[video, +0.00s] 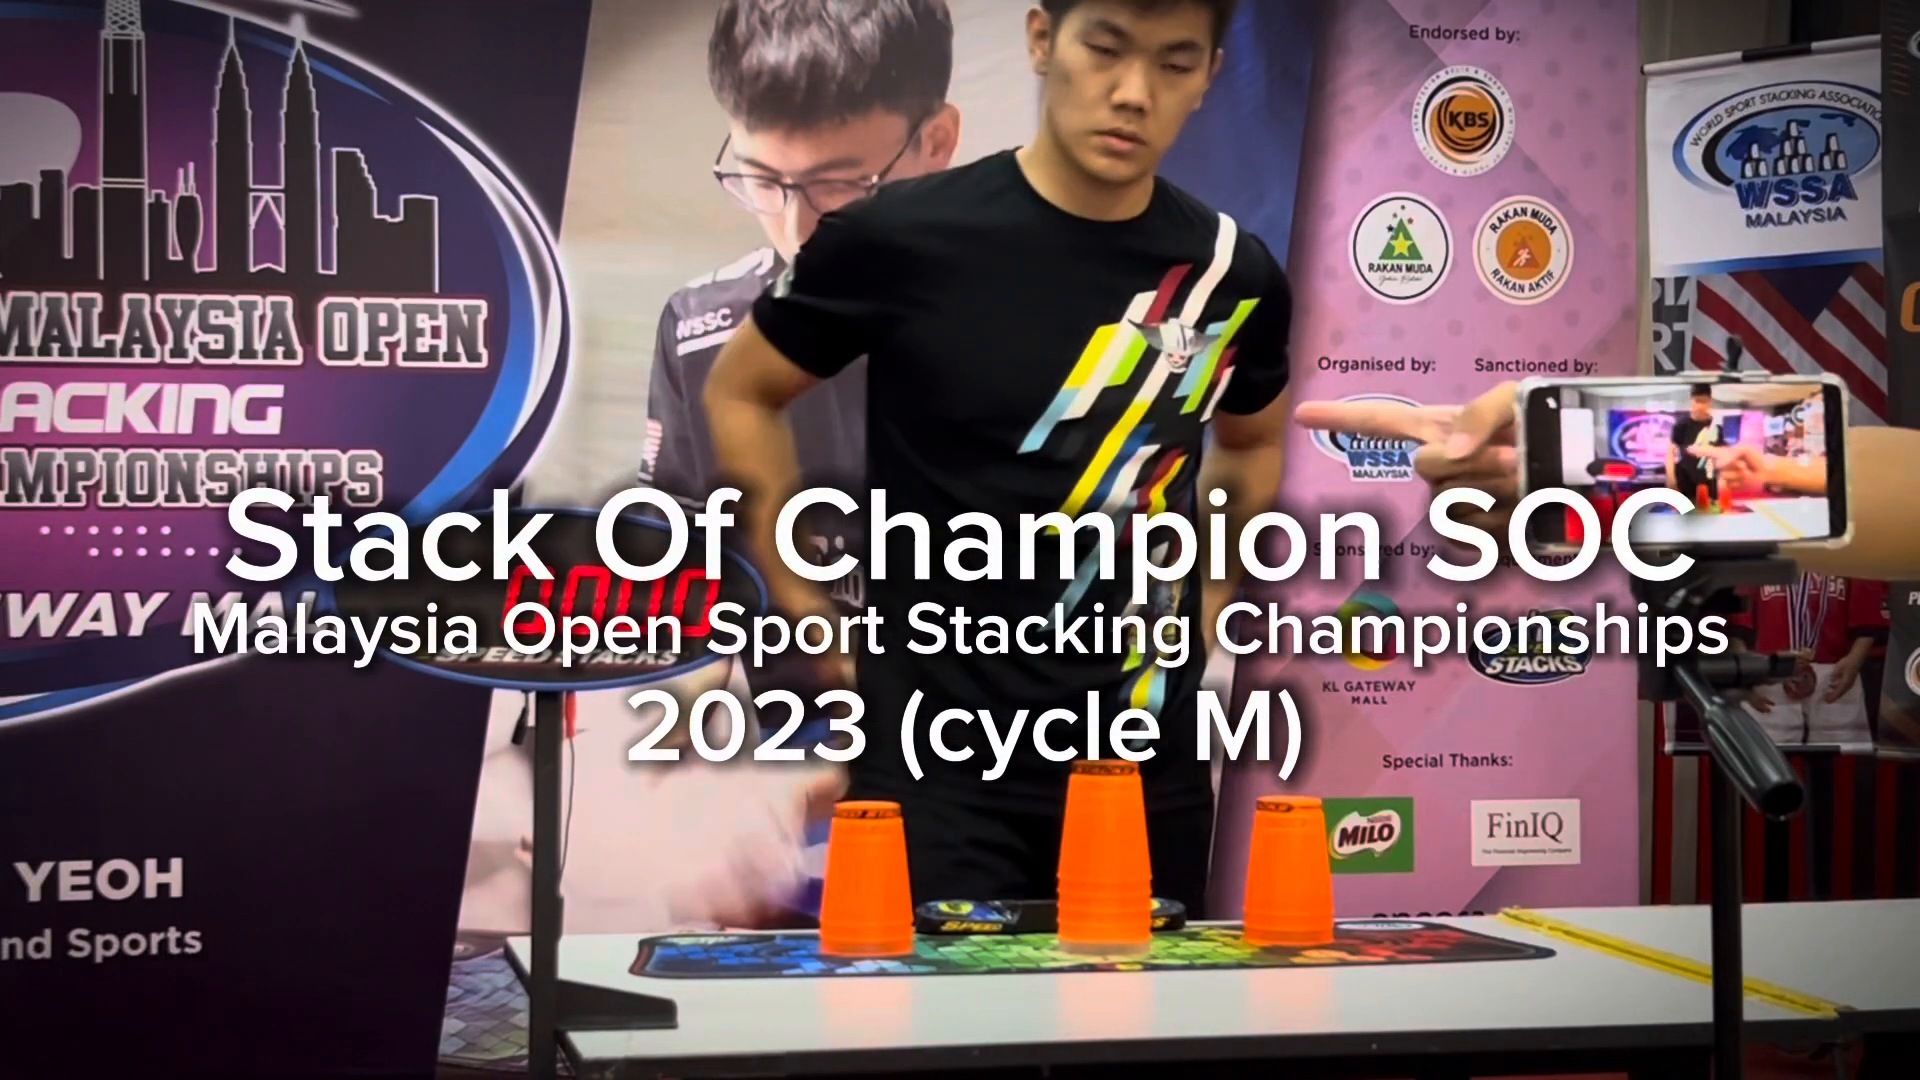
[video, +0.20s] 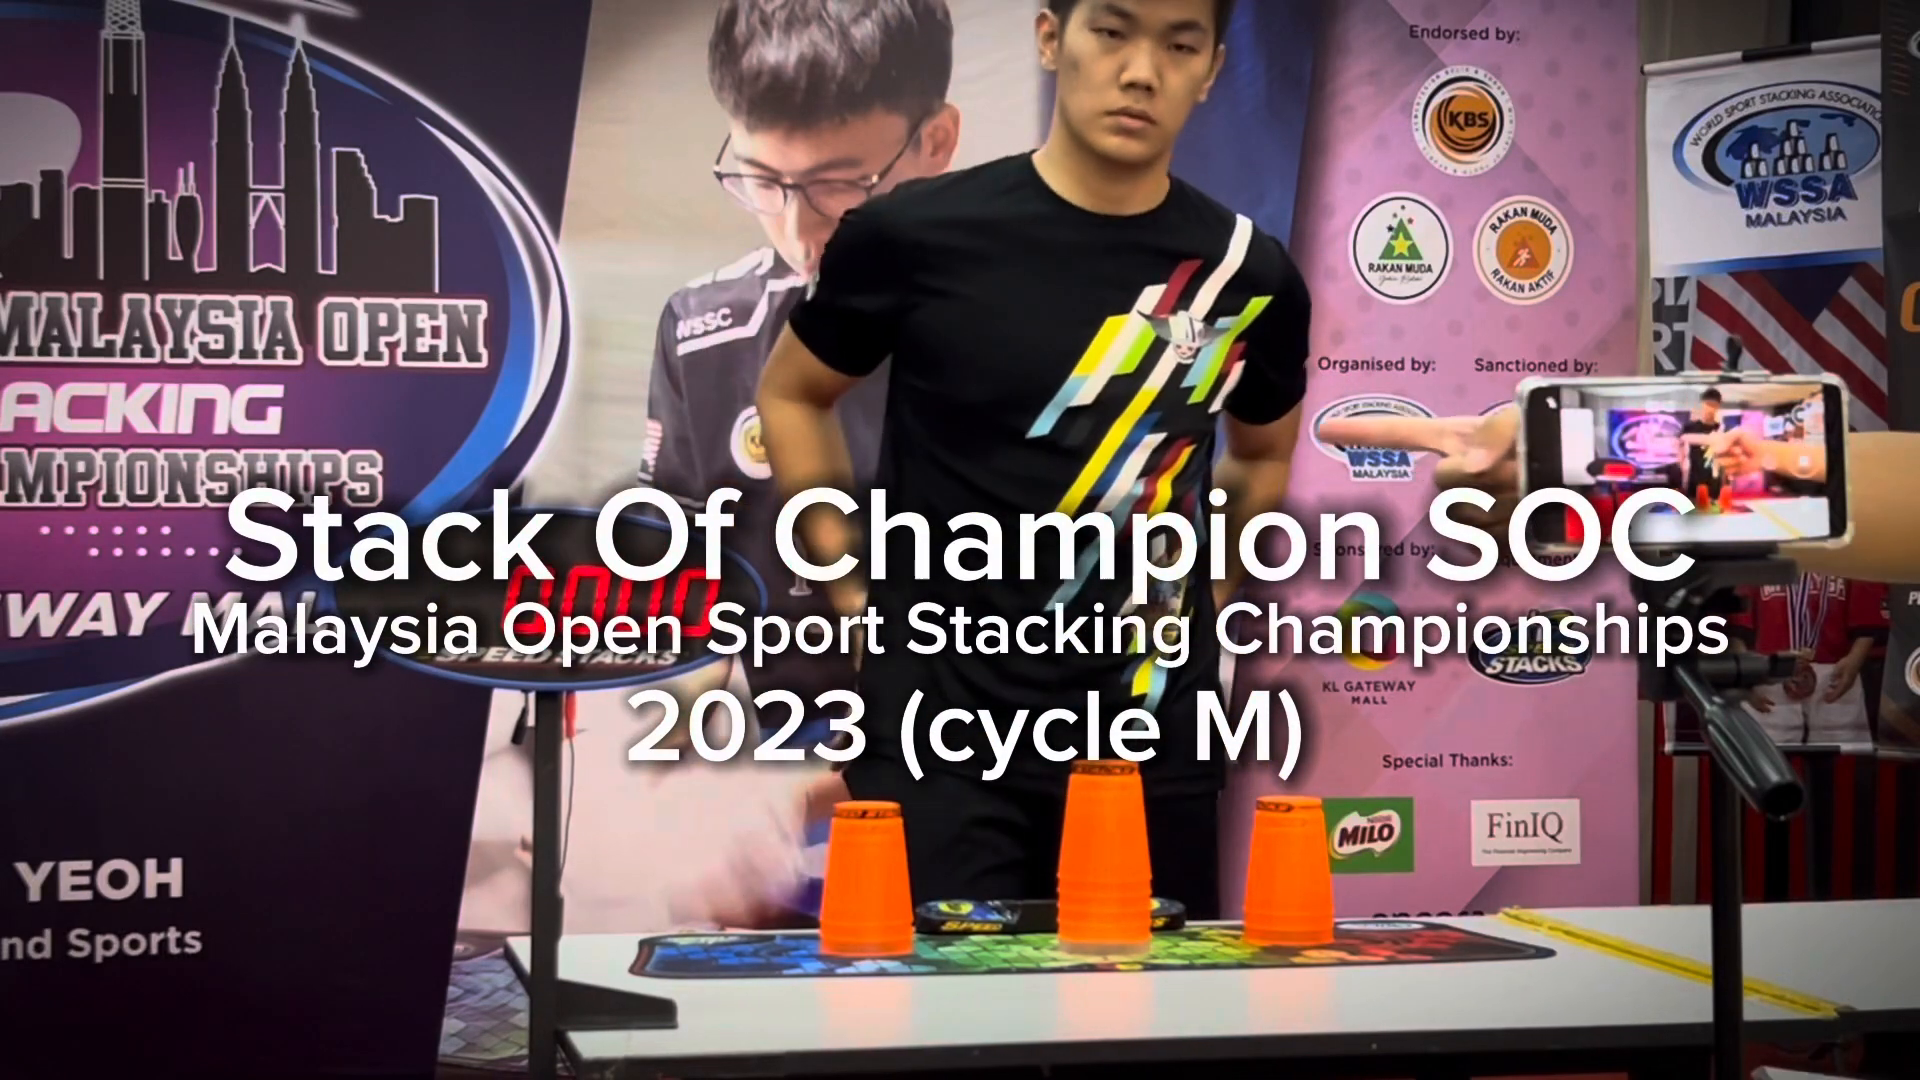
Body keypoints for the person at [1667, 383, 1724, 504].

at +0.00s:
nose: (1700, 406)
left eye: (1704, 402)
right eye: (1697, 401)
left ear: (1710, 402)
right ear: (1692, 402)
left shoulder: (1716, 427)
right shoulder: (1682, 425)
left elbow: (1720, 454)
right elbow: (1672, 453)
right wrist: (1671, 478)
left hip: (1708, 476)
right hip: (1685, 476)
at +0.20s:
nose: (1711, 410)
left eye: (1715, 406)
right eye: (1708, 405)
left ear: (1719, 407)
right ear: (1702, 405)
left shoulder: (1722, 430)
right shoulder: (1689, 429)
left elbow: (1726, 457)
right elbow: (1684, 458)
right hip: (1694, 485)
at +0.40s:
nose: (1714, 409)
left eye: (1718, 406)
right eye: (1712, 405)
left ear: (1722, 408)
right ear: (1706, 406)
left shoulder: (1726, 429)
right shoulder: (1694, 429)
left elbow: (1728, 456)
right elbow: (1689, 457)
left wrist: (1731, 479)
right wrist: (1686, 483)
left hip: (1719, 482)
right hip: (1699, 481)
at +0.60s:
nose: (1712, 410)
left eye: (1715, 406)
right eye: (1709, 406)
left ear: (1720, 409)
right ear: (1704, 408)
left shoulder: (1725, 430)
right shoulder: (1695, 430)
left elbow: (1729, 456)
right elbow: (1689, 457)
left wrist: (1730, 478)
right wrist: (1687, 481)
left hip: (1719, 480)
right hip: (1700, 479)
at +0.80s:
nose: (1708, 412)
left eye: (1711, 408)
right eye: (1705, 408)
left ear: (1715, 411)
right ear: (1700, 411)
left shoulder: (1720, 433)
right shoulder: (1693, 433)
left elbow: (1724, 454)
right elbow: (1687, 457)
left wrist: (1725, 472)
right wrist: (1686, 479)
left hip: (1716, 476)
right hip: (1699, 476)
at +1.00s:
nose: (1702, 416)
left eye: (1705, 413)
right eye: (1699, 413)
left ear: (1709, 415)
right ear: (1694, 415)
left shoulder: (1715, 435)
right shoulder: (1689, 435)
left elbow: (1722, 451)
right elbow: (1684, 452)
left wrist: (1719, 465)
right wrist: (1686, 465)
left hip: (1711, 468)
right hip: (1695, 469)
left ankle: (1714, 500)